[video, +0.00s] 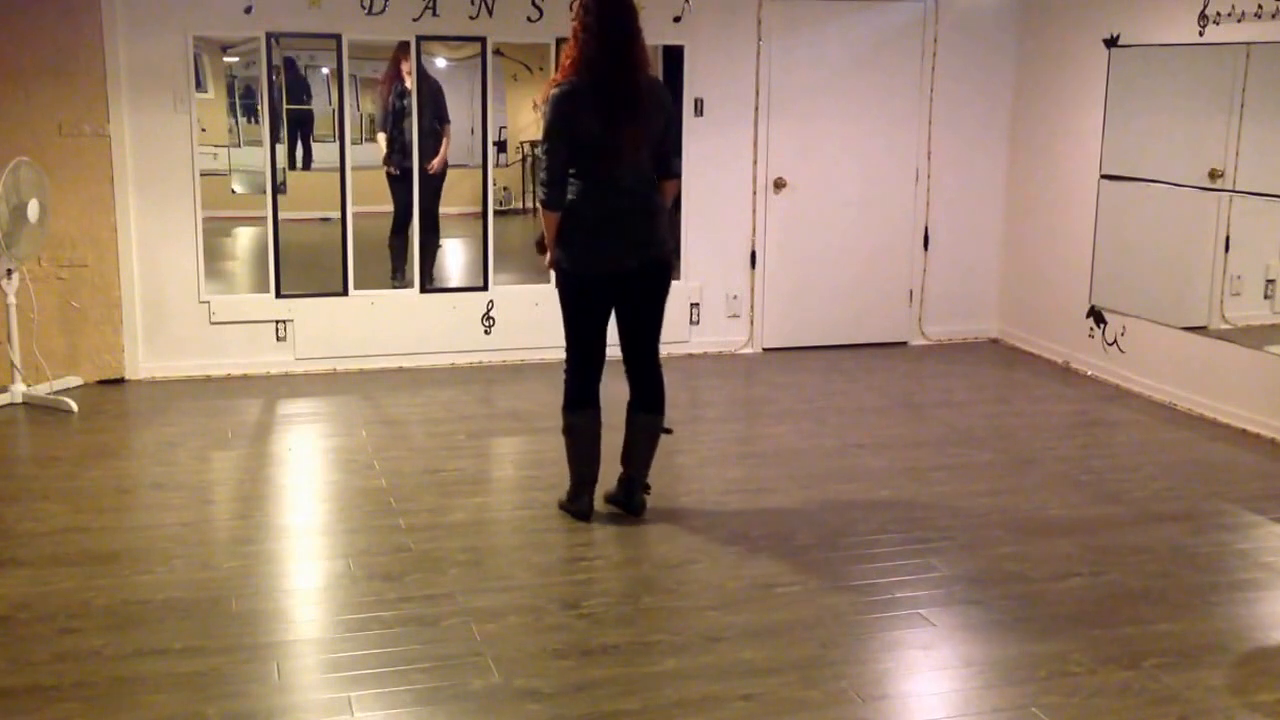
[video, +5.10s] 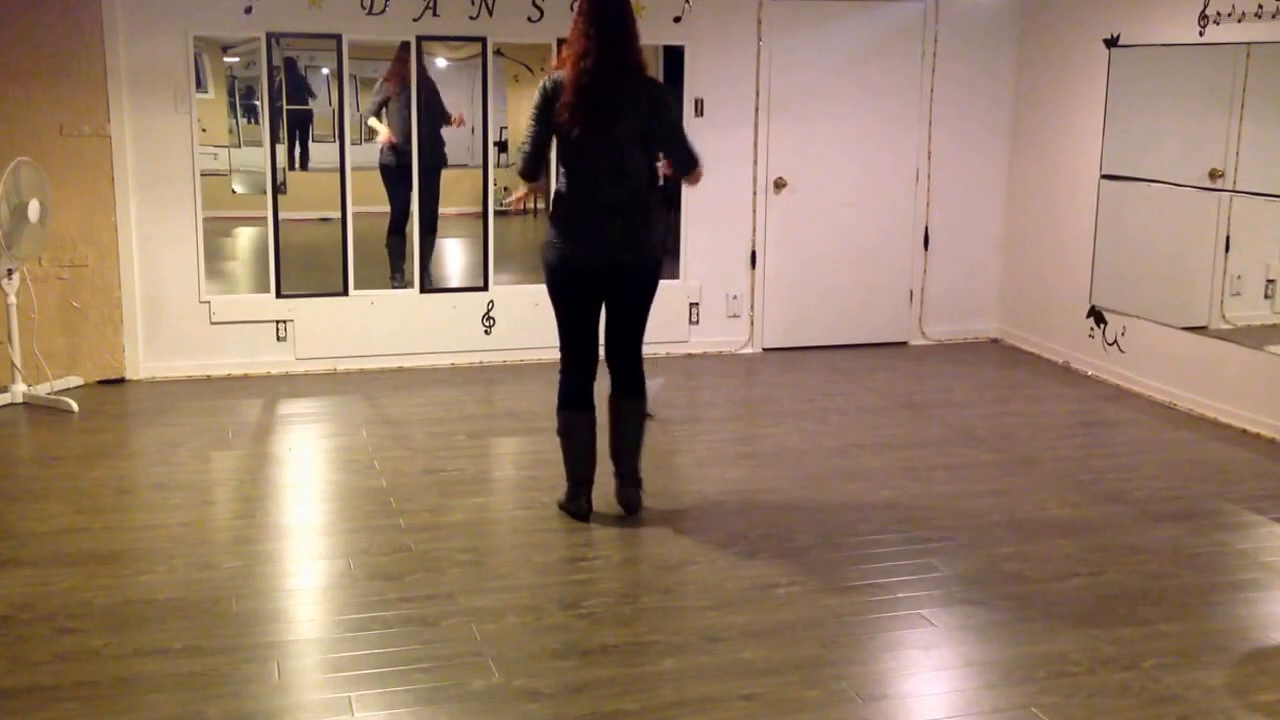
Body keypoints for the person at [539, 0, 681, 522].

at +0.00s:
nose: (570, 33)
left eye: (575, 25)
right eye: (576, 23)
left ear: (581, 34)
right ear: (633, 34)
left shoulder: (568, 95)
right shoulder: (658, 94)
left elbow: (554, 185)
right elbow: (669, 179)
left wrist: (551, 245)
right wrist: (649, 226)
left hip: (585, 251)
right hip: (647, 252)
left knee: (582, 367)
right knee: (644, 362)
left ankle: (581, 491)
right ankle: (634, 485)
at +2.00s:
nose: (563, 40)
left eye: (567, 33)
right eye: (568, 31)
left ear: (574, 39)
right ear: (623, 37)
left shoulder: (569, 97)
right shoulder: (648, 95)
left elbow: (556, 178)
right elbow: (669, 170)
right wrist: (635, 201)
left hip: (569, 249)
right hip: (627, 250)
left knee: (577, 365)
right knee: (606, 358)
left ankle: (578, 493)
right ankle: (629, 482)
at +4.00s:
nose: (566, 41)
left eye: (570, 32)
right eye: (571, 32)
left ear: (577, 39)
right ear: (626, 35)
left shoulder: (567, 94)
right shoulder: (653, 94)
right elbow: (695, 166)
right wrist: (656, 163)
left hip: (562, 254)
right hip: (626, 259)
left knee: (566, 365)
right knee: (612, 359)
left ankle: (578, 493)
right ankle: (631, 485)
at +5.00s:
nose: (572, 31)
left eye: (575, 23)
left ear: (575, 31)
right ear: (628, 32)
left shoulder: (551, 86)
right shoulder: (647, 89)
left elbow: (521, 166)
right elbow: (699, 153)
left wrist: (552, 180)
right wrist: (676, 161)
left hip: (576, 248)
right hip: (640, 248)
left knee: (579, 364)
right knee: (633, 358)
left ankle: (579, 492)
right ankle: (634, 484)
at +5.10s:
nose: (572, 34)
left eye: (576, 26)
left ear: (578, 34)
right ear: (630, 35)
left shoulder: (555, 90)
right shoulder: (651, 93)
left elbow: (532, 168)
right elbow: (688, 167)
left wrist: (533, 187)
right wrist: (666, 165)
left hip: (572, 252)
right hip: (636, 254)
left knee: (576, 365)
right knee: (627, 359)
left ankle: (578, 493)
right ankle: (628, 485)